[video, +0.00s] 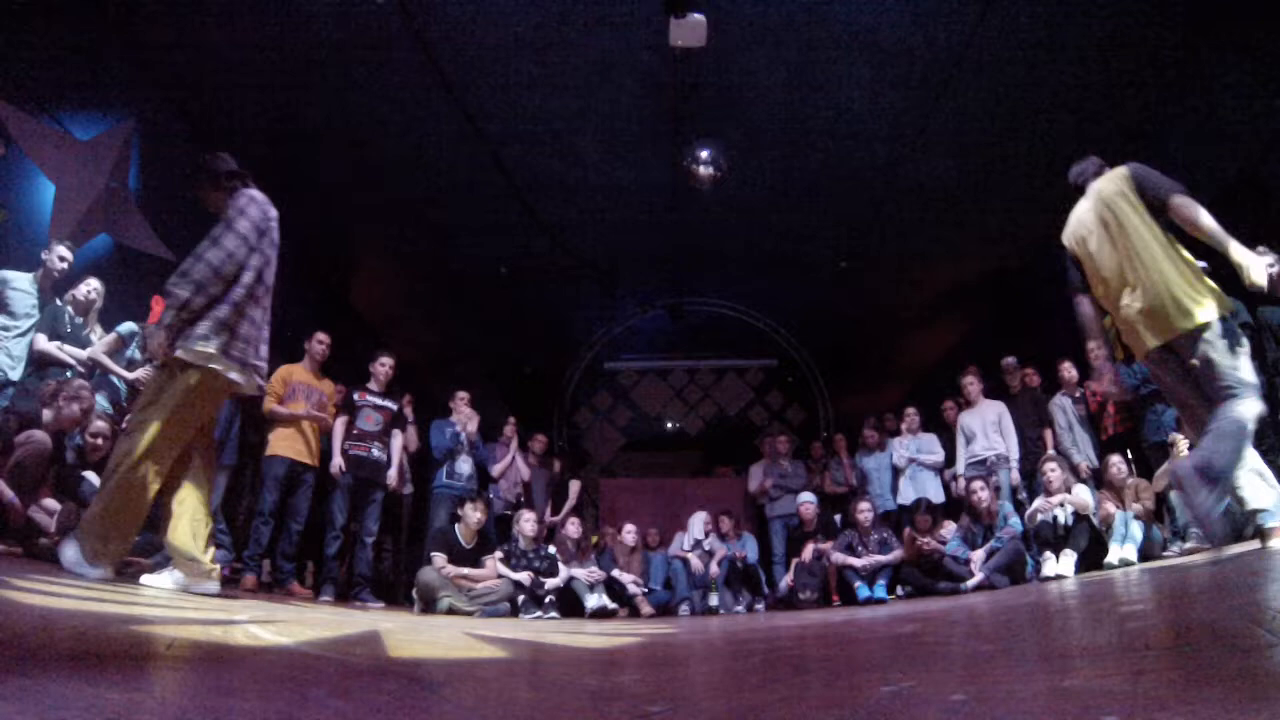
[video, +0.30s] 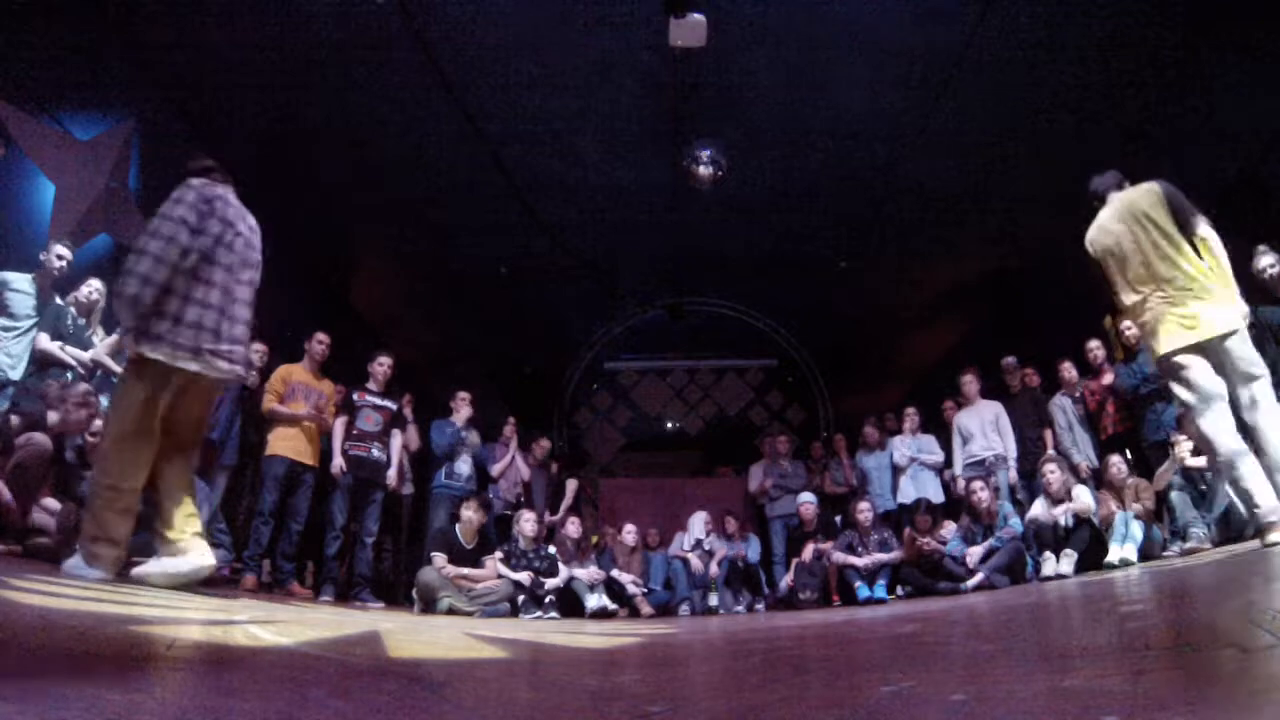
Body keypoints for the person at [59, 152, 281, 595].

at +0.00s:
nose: (205, 205)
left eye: (205, 196)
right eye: (203, 198)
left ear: (217, 185)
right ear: (234, 180)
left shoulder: (253, 205)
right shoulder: (253, 214)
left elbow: (218, 264)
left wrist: (167, 321)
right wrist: (169, 328)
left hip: (210, 349)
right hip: (220, 353)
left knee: (145, 446)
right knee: (192, 457)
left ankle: (94, 553)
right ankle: (194, 568)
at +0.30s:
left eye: (182, 178)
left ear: (192, 173)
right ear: (227, 178)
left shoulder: (195, 196)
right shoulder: (250, 223)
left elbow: (150, 262)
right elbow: (234, 298)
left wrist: (128, 321)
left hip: (170, 345)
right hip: (220, 357)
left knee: (126, 447)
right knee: (177, 448)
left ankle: (99, 556)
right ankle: (185, 546)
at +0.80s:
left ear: (212, 184)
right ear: (248, 195)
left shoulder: (168, 202)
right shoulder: (254, 215)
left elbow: (127, 267)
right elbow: (253, 279)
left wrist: (119, 327)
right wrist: (242, 346)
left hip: (147, 321)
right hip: (210, 330)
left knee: (121, 438)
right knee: (190, 447)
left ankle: (97, 556)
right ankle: (175, 561)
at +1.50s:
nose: (311, 251)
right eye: (313, 246)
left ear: (288, 220)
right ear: (310, 236)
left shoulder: (233, 231)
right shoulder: (304, 249)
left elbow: (193, 290)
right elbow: (298, 319)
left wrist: (182, 353)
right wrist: (283, 386)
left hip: (197, 349)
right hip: (249, 363)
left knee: (171, 447)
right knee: (211, 465)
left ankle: (125, 532)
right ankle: (174, 564)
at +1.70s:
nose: (325, 264)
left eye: (327, 258)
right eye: (326, 259)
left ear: (301, 232)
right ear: (322, 249)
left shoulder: (247, 245)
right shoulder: (314, 259)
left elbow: (208, 297)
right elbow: (317, 329)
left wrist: (198, 350)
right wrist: (308, 394)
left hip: (210, 352)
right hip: (260, 363)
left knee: (197, 456)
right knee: (221, 464)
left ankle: (186, 564)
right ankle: (172, 562)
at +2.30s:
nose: (348, 319)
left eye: (350, 315)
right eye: (350, 312)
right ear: (349, 297)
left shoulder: (285, 305)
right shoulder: (332, 291)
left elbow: (267, 359)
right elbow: (329, 329)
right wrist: (338, 376)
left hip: (255, 403)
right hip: (289, 402)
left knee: (272, 493)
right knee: (300, 484)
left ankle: (246, 576)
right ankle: (227, 533)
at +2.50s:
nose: (357, 323)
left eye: (362, 322)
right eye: (363, 318)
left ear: (359, 305)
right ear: (360, 300)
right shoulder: (332, 288)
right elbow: (306, 330)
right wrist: (315, 386)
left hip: (283, 405)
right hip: (304, 405)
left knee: (276, 494)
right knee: (324, 487)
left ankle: (239, 574)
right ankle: (286, 575)